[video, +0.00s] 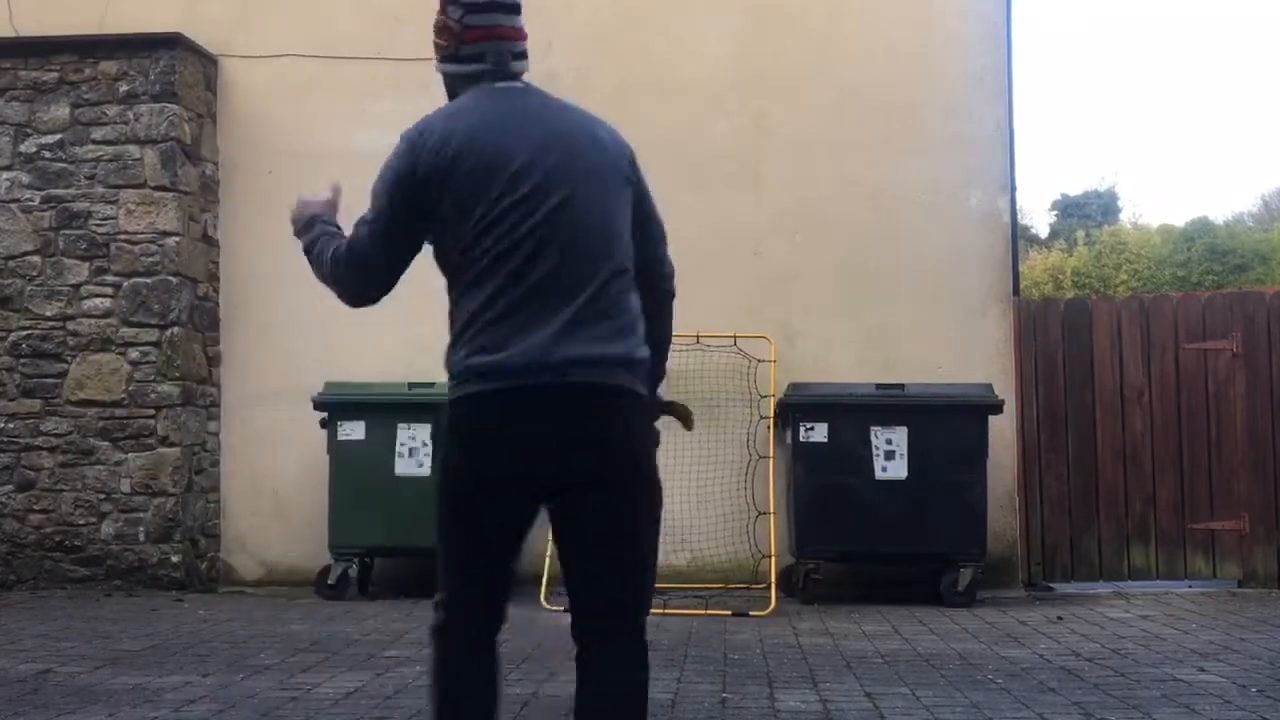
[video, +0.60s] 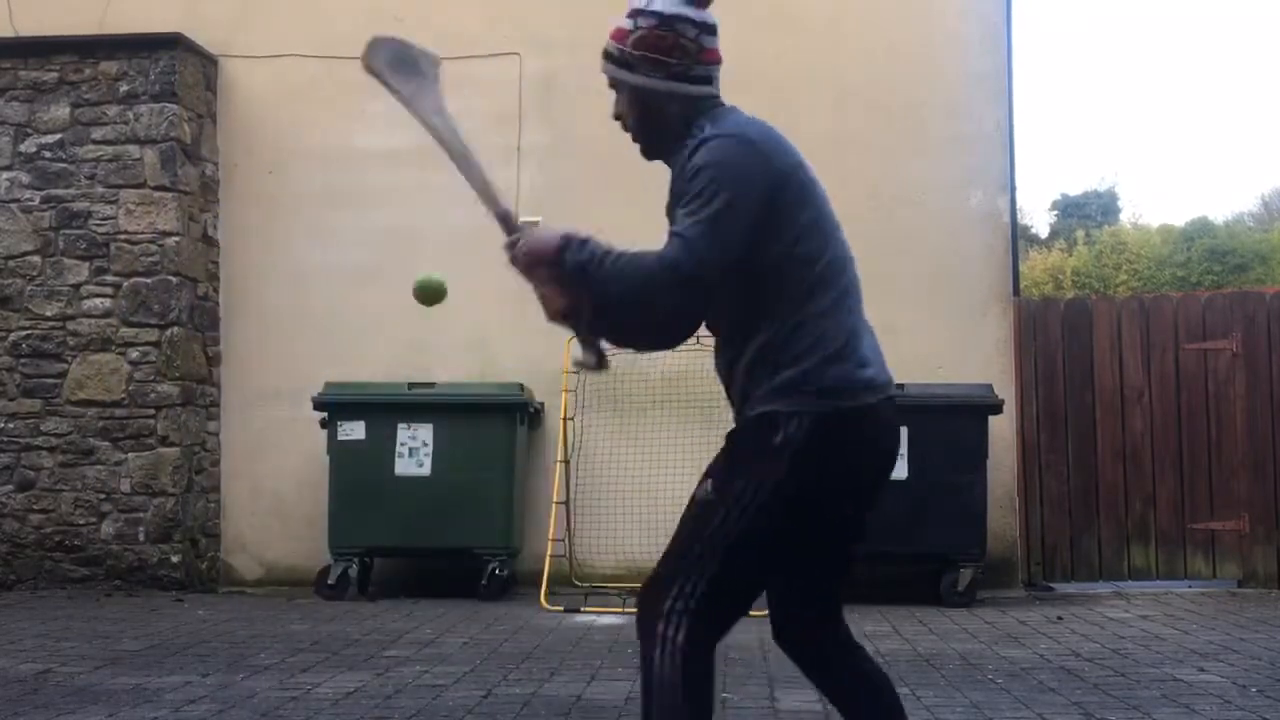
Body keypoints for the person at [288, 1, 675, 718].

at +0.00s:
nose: (440, 75)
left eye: (440, 62)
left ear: (446, 63)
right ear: (522, 58)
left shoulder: (435, 140)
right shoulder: (603, 138)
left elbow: (361, 278)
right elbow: (656, 276)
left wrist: (317, 228)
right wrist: (642, 385)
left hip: (493, 414)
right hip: (611, 412)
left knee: (468, 618)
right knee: (613, 633)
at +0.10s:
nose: (454, 81)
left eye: (455, 67)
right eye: (455, 67)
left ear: (468, 63)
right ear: (540, 54)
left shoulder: (478, 134)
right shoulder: (634, 133)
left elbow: (379, 261)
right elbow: (636, 261)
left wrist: (280, 232)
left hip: (562, 396)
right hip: (670, 394)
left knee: (540, 630)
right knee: (645, 627)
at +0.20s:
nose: (470, 83)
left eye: (469, 68)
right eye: (470, 68)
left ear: (482, 68)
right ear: (555, 59)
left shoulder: (498, 145)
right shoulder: (635, 135)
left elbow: (412, 284)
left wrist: (307, 293)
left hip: (593, 405)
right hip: (697, 402)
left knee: (550, 638)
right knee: (650, 627)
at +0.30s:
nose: (520, 97)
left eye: (521, 80)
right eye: (518, 80)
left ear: (539, 74)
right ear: (601, 64)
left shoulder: (557, 154)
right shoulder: (667, 133)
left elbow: (516, 308)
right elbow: (668, 283)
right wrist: (613, 406)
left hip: (656, 411)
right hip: (747, 405)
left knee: (570, 637)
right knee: (674, 595)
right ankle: (759, 715)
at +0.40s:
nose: (548, 93)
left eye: (551, 76)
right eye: (545, 75)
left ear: (575, 73)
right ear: (627, 65)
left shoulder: (595, 153)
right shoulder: (690, 131)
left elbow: (545, 306)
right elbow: (646, 292)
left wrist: (455, 386)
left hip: (687, 415)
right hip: (774, 409)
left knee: (600, 628)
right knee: (713, 601)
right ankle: (819, 717)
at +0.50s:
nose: (600, 104)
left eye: (603, 83)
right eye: (598, 84)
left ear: (639, 81)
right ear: (670, 77)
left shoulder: (685, 155)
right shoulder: (723, 146)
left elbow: (639, 294)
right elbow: (669, 316)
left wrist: (519, 287)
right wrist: (572, 333)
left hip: (768, 428)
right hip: (830, 421)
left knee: (668, 639)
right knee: (817, 635)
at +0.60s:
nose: (615, 112)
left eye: (619, 90)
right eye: (613, 92)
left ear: (661, 86)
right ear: (683, 82)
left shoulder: (727, 153)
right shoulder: (730, 155)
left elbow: (678, 284)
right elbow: (667, 320)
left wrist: (571, 252)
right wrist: (585, 304)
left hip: (801, 421)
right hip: (850, 418)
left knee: (673, 613)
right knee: (806, 622)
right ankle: (887, 718)